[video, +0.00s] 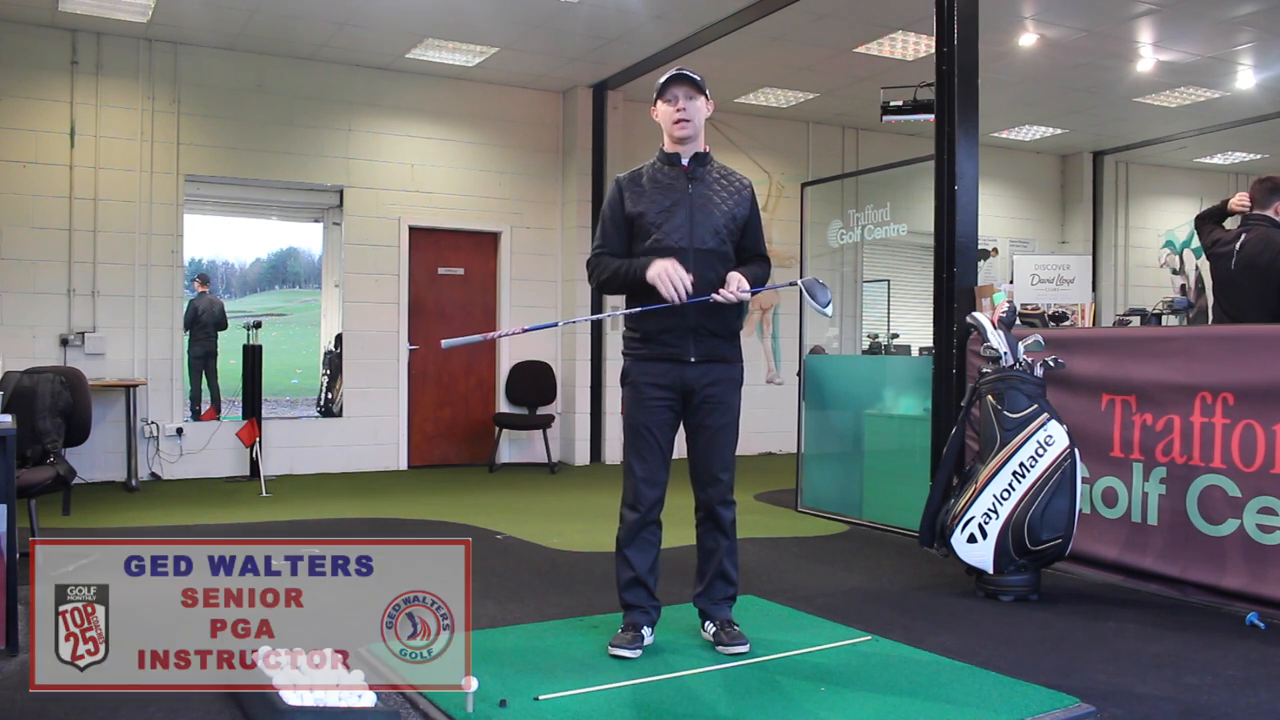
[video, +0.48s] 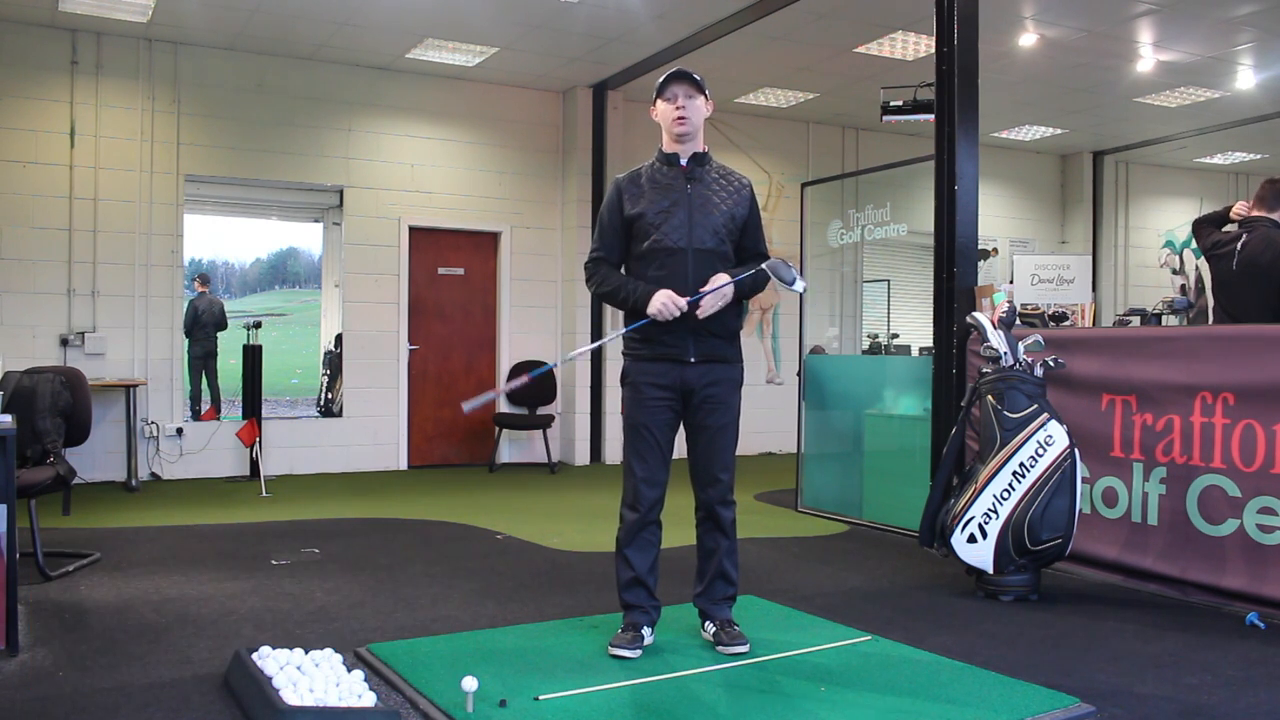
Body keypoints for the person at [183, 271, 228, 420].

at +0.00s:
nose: (194, 285)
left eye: (195, 283)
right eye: (194, 283)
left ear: (199, 284)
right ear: (207, 285)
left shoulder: (194, 302)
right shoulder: (218, 302)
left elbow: (186, 324)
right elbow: (224, 325)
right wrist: (211, 325)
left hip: (196, 346)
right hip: (212, 346)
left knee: (195, 382)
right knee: (213, 381)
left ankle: (196, 414)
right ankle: (216, 412)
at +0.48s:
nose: (194, 285)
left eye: (195, 283)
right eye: (195, 282)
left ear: (199, 284)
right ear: (208, 285)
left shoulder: (194, 302)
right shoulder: (218, 302)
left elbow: (187, 325)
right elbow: (224, 325)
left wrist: (188, 333)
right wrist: (211, 328)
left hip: (196, 345)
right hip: (212, 344)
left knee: (195, 382)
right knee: (213, 381)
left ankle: (196, 414)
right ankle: (216, 412)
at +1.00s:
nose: (193, 285)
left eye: (195, 283)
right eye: (194, 283)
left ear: (198, 284)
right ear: (207, 284)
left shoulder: (195, 303)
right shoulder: (218, 302)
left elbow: (188, 325)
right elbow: (223, 325)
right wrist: (210, 326)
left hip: (197, 345)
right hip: (212, 345)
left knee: (196, 382)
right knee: (213, 381)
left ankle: (196, 414)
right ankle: (216, 412)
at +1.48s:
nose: (193, 286)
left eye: (194, 284)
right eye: (194, 284)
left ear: (198, 284)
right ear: (207, 284)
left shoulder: (195, 303)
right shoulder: (217, 302)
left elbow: (190, 326)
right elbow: (220, 323)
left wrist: (184, 333)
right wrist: (208, 324)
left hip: (197, 344)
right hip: (212, 344)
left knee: (195, 382)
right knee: (213, 380)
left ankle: (196, 414)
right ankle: (216, 411)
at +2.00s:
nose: (192, 286)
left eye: (193, 284)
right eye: (193, 284)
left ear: (197, 285)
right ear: (206, 284)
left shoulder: (195, 303)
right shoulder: (217, 301)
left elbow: (190, 326)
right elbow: (219, 322)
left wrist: (185, 332)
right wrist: (208, 327)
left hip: (197, 344)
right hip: (212, 343)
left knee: (195, 382)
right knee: (213, 381)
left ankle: (196, 414)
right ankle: (216, 411)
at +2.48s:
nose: (192, 287)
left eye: (192, 285)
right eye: (193, 285)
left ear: (195, 285)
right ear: (206, 285)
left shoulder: (194, 303)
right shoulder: (216, 302)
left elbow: (190, 326)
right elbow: (219, 323)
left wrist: (185, 331)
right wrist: (208, 326)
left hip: (197, 345)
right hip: (212, 344)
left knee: (196, 382)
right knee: (213, 380)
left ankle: (195, 414)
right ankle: (216, 412)